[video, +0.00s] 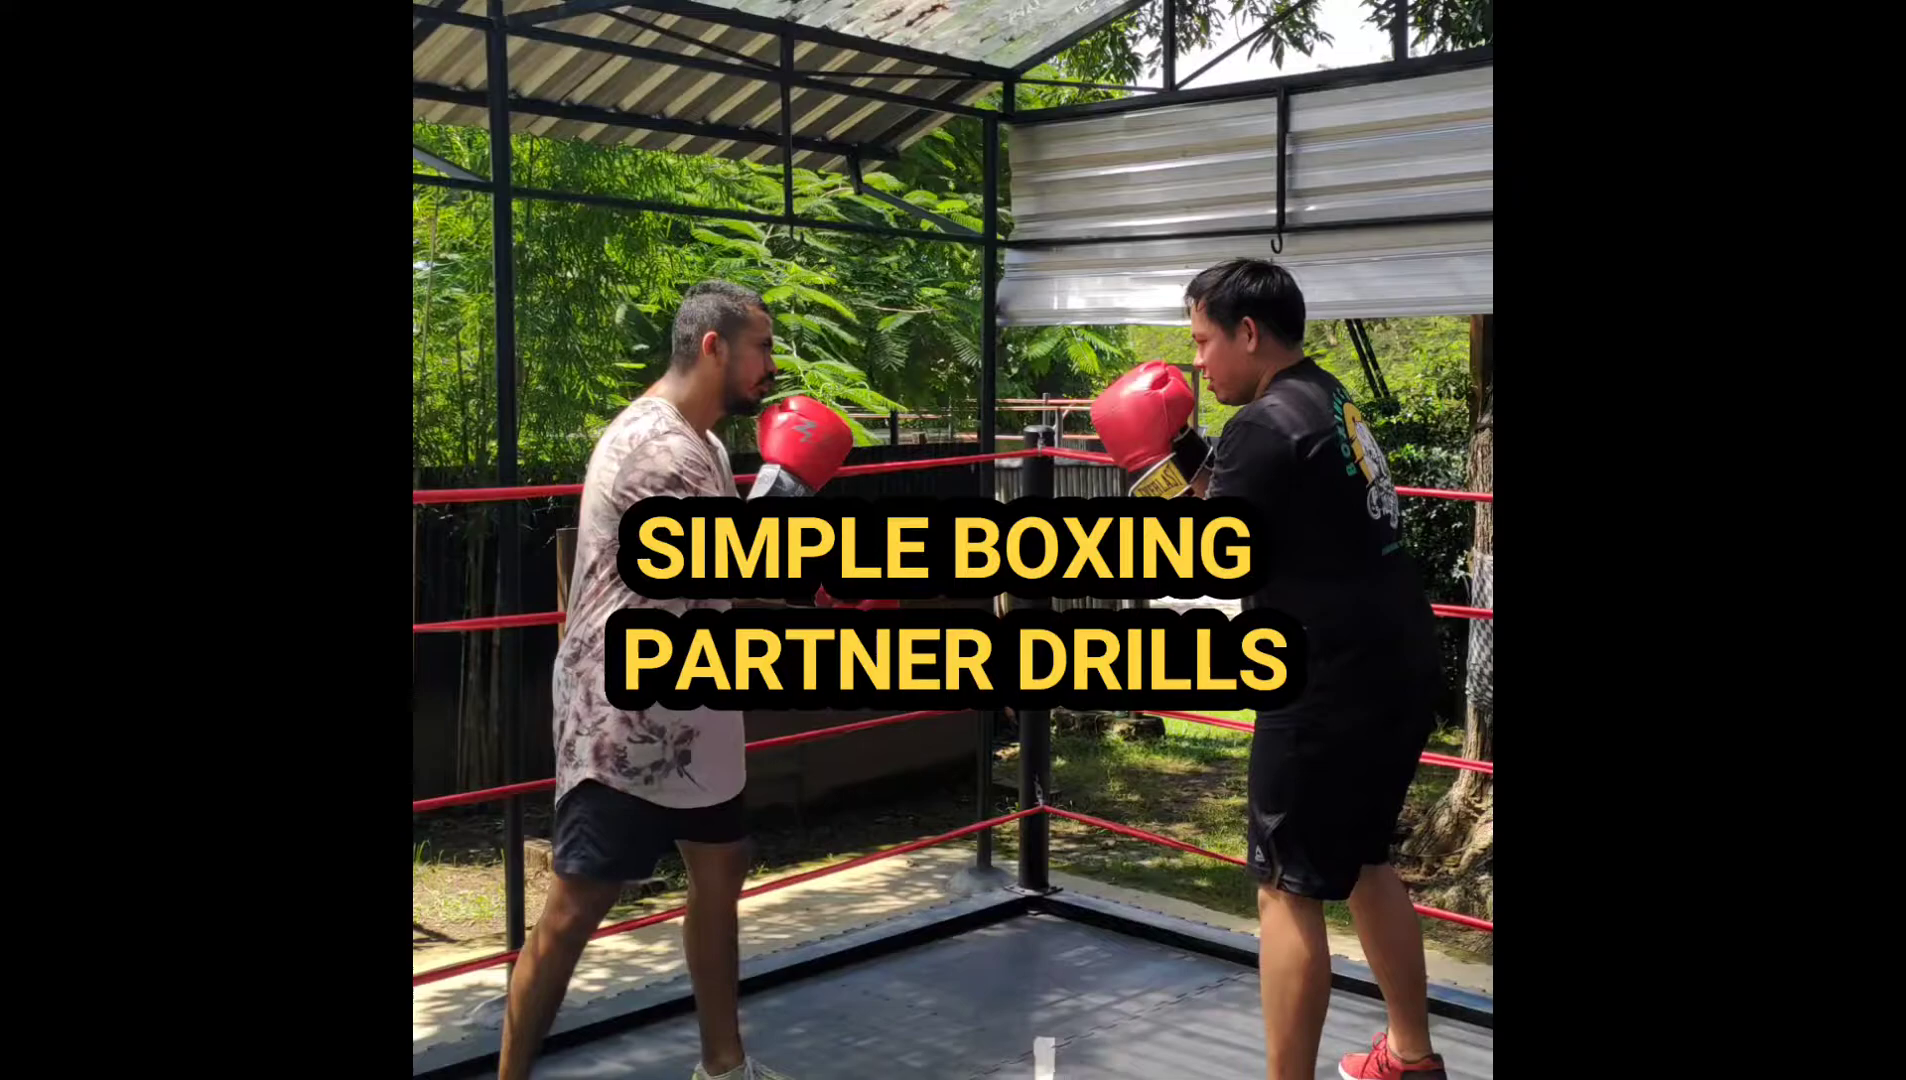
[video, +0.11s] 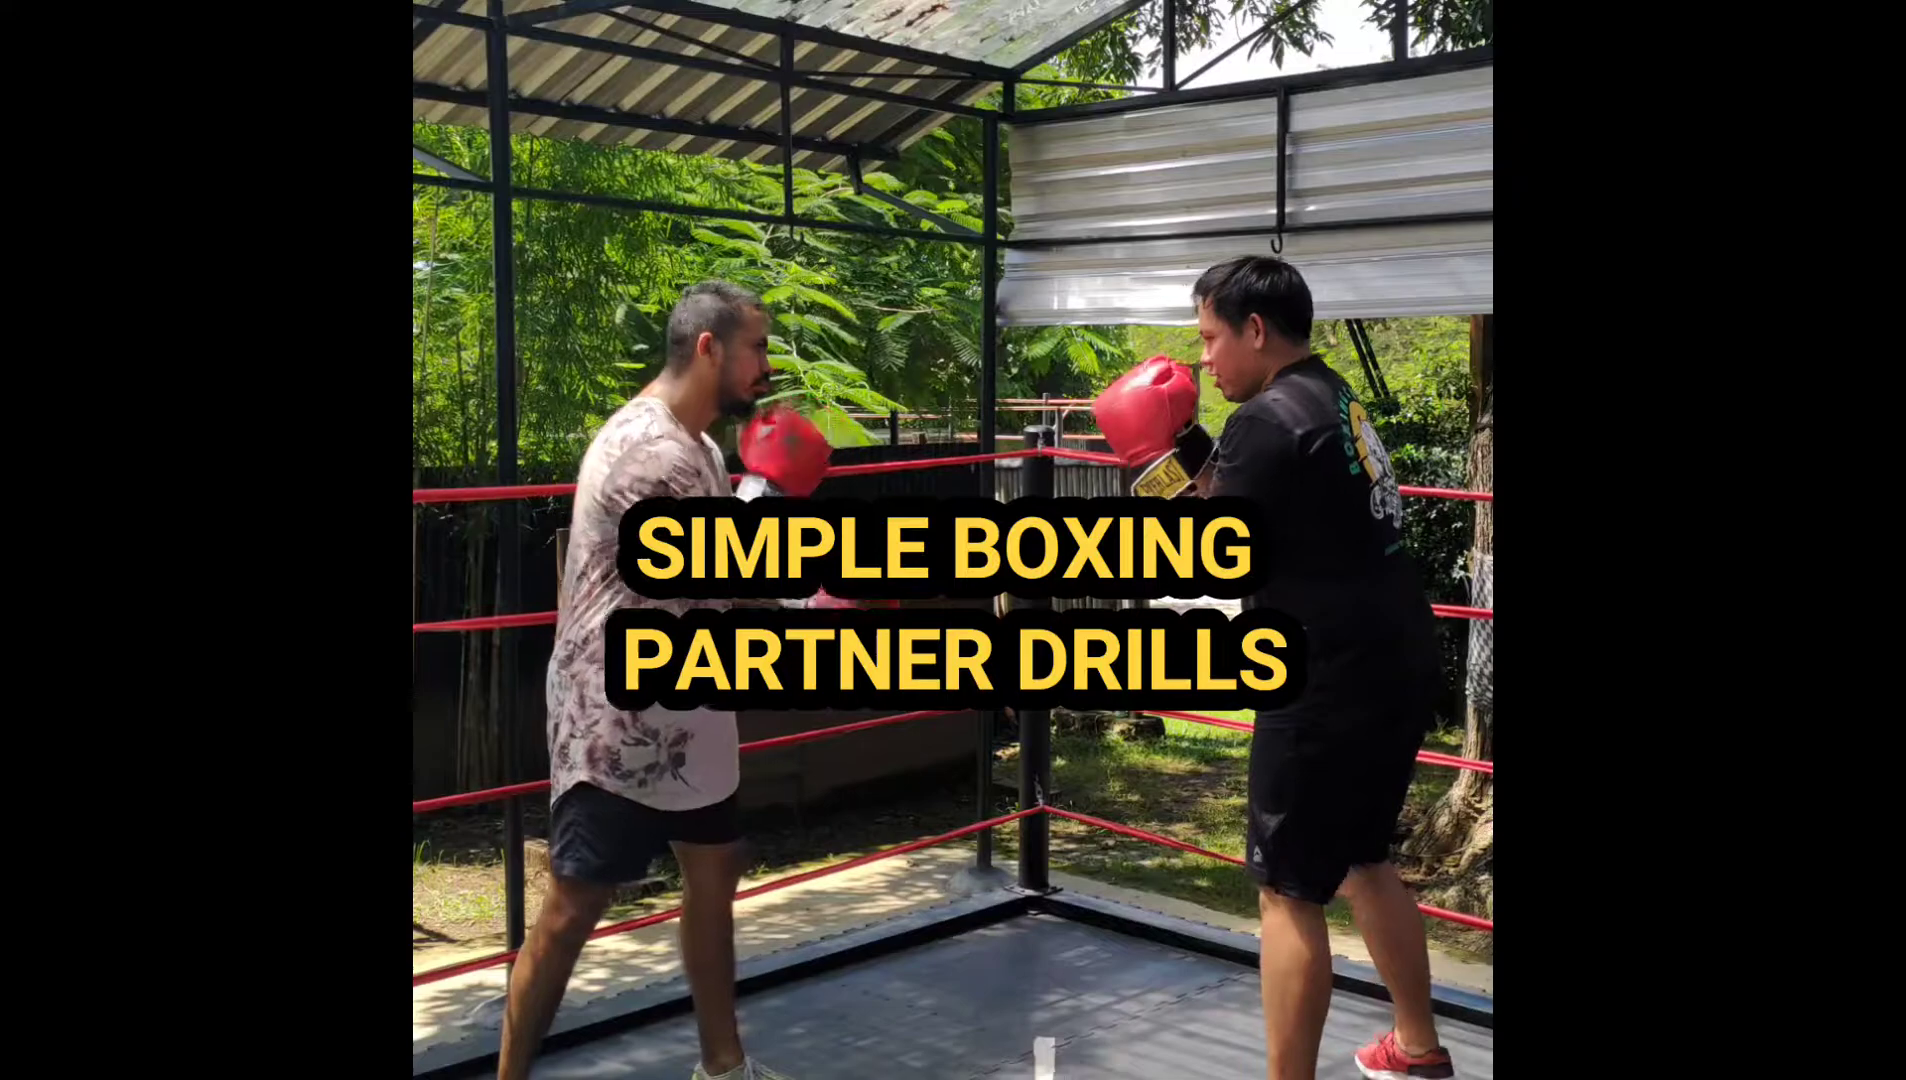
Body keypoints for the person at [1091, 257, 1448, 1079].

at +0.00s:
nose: (1197, 360)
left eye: (1202, 342)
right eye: (1194, 344)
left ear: (1252, 334)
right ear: (1269, 336)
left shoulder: (1264, 424)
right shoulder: (1327, 398)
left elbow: (1212, 551)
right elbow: (1268, 512)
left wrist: (1154, 474)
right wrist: (1187, 447)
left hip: (1324, 681)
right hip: (1397, 668)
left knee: (1286, 883)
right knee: (1369, 858)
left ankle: (1287, 1072)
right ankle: (1412, 1052)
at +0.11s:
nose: (1204, 356)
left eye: (1210, 338)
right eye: (1201, 340)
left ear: (1258, 333)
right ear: (1278, 333)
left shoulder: (1263, 423)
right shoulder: (1331, 396)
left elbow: (1214, 548)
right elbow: (1269, 514)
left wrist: (1168, 470)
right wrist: (1191, 449)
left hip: (1322, 678)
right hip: (1399, 664)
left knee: (1287, 886)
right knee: (1366, 856)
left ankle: (1288, 1073)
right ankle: (1418, 1045)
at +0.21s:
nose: (1219, 353)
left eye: (1225, 336)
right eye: (1215, 337)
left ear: (1276, 329)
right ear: (1293, 330)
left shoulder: (1278, 417)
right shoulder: (1344, 393)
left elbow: (1222, 543)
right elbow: (1278, 499)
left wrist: (1167, 473)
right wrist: (1199, 427)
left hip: (1317, 681)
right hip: (1391, 669)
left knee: (1292, 893)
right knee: (1376, 847)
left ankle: (1290, 1073)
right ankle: (1432, 1037)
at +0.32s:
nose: (1235, 353)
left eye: (1242, 334)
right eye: (1231, 337)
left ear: (1295, 328)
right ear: (1309, 329)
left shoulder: (1293, 420)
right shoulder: (1358, 392)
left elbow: (1235, 547)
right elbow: (1290, 510)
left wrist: (1182, 457)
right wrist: (1220, 432)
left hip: (1321, 681)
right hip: (1392, 672)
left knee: (1294, 896)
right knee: (1385, 855)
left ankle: (1290, 1073)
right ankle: (1437, 1040)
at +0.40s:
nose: (1261, 359)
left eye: (1268, 340)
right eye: (1258, 343)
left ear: (1318, 331)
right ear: (1333, 332)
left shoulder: (1314, 421)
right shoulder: (1384, 402)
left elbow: (1275, 563)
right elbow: (1319, 518)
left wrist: (1221, 479)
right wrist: (1252, 441)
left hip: (1329, 682)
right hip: (1405, 676)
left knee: (1274, 880)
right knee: (1392, 856)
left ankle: (1283, 1070)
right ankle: (1437, 1050)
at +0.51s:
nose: (1274, 360)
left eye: (1283, 341)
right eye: (1271, 344)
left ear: (1336, 335)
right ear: (1346, 336)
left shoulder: (1331, 419)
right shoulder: (1386, 401)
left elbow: (1308, 560)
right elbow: (1318, 515)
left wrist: (1220, 497)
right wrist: (1261, 442)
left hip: (1347, 680)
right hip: (1419, 674)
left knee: (1249, 861)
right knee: (1398, 858)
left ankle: (1271, 1069)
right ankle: (1440, 1052)